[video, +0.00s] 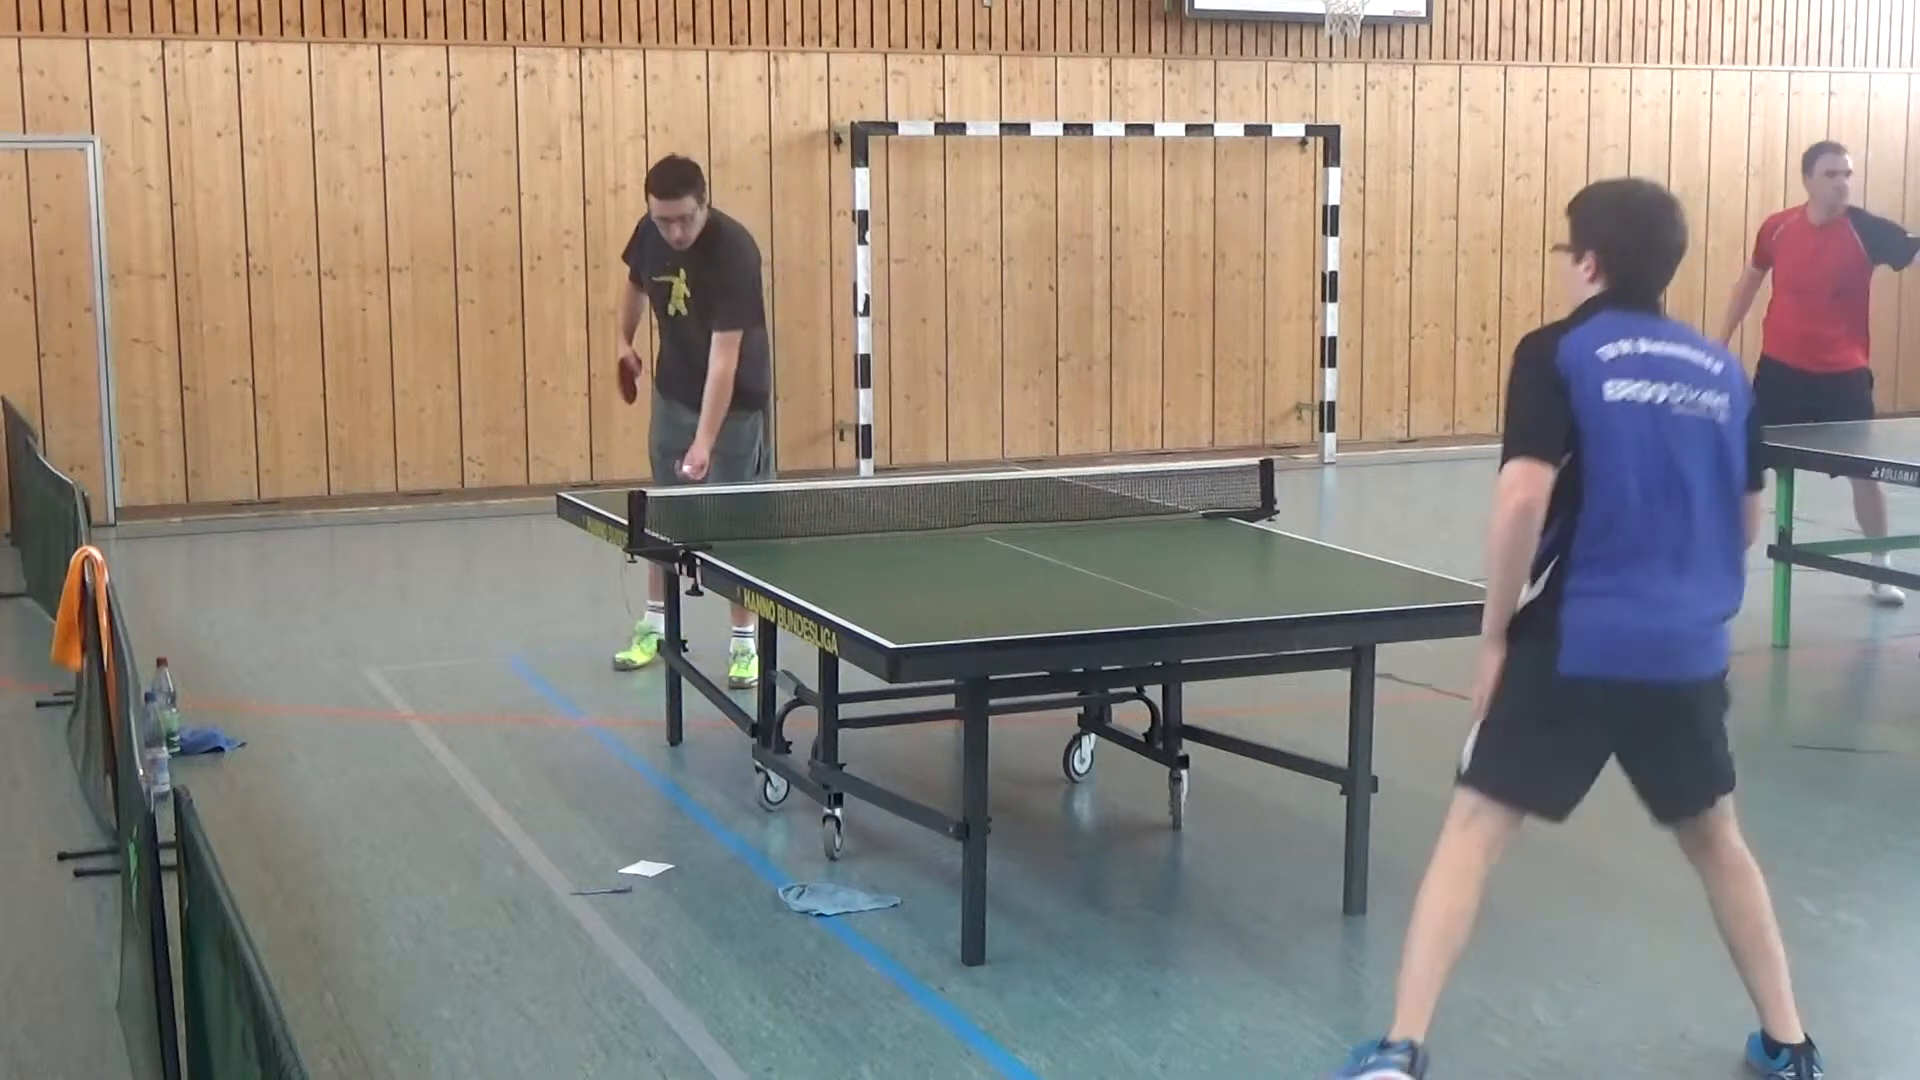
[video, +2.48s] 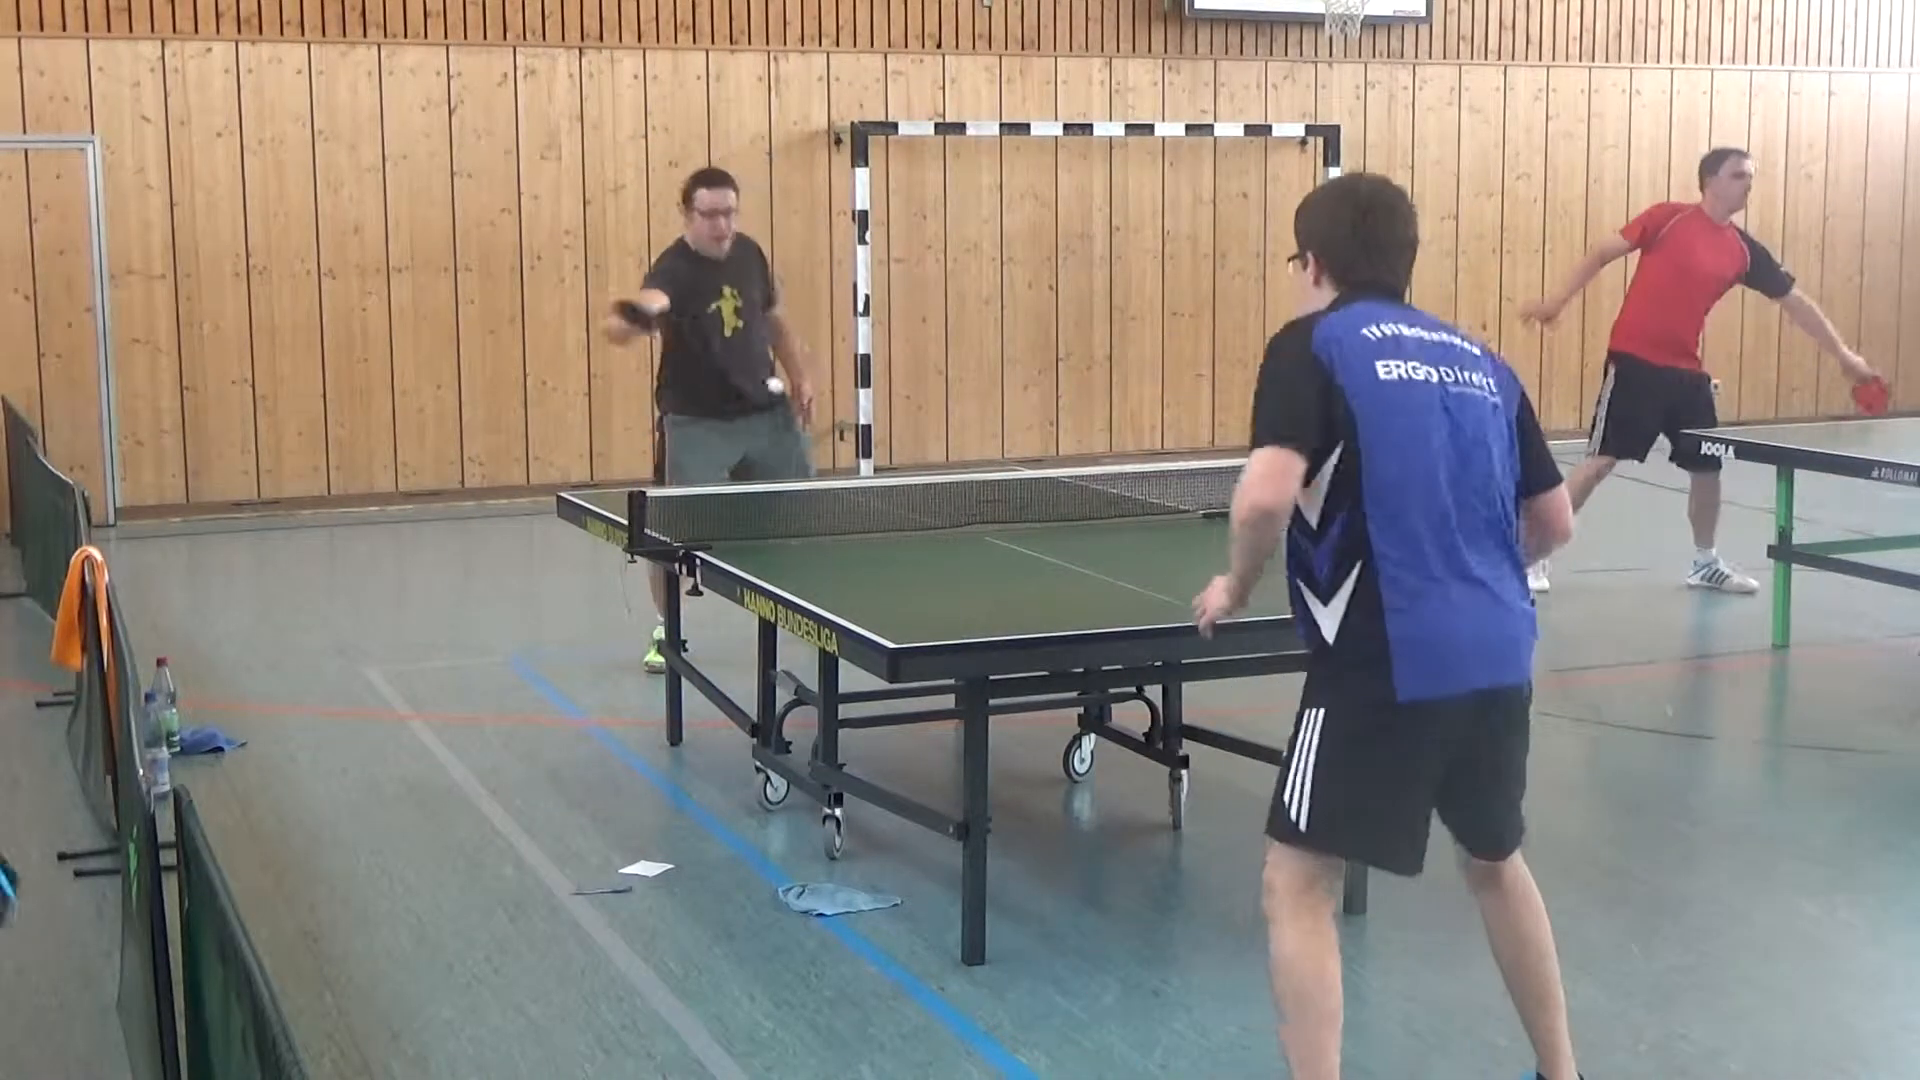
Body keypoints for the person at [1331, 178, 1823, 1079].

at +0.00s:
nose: (1560, 267)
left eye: (1566, 253)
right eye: (1564, 251)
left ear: (1594, 263)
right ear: (1665, 266)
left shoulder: (1554, 351)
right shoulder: (1722, 366)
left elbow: (1524, 494)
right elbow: (1747, 523)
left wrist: (1494, 635)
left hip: (1574, 649)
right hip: (1689, 655)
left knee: (1476, 831)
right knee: (1717, 839)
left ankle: (1402, 1048)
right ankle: (1788, 1042)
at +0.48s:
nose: (1369, 264)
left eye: (1375, 252)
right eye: (1376, 249)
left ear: (1393, 263)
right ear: (1471, 271)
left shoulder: (1346, 341)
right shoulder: (1527, 376)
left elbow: (1295, 486)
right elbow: (1562, 546)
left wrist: (1274, 626)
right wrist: (1479, 534)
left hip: (1371, 651)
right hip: (1485, 654)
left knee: (1329, 862)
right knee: (1448, 817)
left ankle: (1364, 1070)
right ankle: (1445, 1027)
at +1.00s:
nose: (1203, 314)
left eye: (1208, 302)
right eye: (1209, 300)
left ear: (1225, 312)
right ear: (1309, 322)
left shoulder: (1185, 380)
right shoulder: (1364, 415)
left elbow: (1126, 518)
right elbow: (1406, 584)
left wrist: (1132, 650)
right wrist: (1328, 555)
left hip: (1213, 678)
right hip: (1337, 684)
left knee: (1097, 856)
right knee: (1367, 828)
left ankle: (1060, 1070)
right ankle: (1440, 1026)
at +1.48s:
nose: (1212, 352)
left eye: (1214, 340)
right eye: (1213, 340)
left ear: (1232, 344)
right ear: (1317, 347)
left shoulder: (1199, 408)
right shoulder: (1380, 424)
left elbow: (1122, 567)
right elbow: (1431, 576)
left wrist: (1180, 561)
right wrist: (1349, 595)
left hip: (1236, 702)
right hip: (1365, 705)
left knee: (1114, 864)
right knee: (1409, 825)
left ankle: (1059, 1069)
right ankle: (1495, 1016)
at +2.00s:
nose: (1334, 345)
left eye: (1334, 327)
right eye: (1331, 327)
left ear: (1360, 324)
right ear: (1425, 315)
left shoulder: (1386, 389)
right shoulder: (1479, 390)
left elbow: (1323, 548)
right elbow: (1469, 537)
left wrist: (1351, 505)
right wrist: (1369, 511)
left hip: (1404, 683)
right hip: (1485, 681)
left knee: (1284, 881)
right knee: (1413, 837)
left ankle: (1309, 1069)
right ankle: (1501, 1016)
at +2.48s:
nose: (1295, 274)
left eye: (1299, 259)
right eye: (1298, 258)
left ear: (1321, 266)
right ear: (1403, 264)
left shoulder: (1311, 345)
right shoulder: (1485, 361)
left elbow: (1266, 496)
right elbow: (1550, 522)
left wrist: (1236, 583)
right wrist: (1466, 563)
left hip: (1381, 667)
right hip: (1498, 663)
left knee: (1298, 885)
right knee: (1498, 863)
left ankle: (1315, 1072)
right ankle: (1561, 1068)